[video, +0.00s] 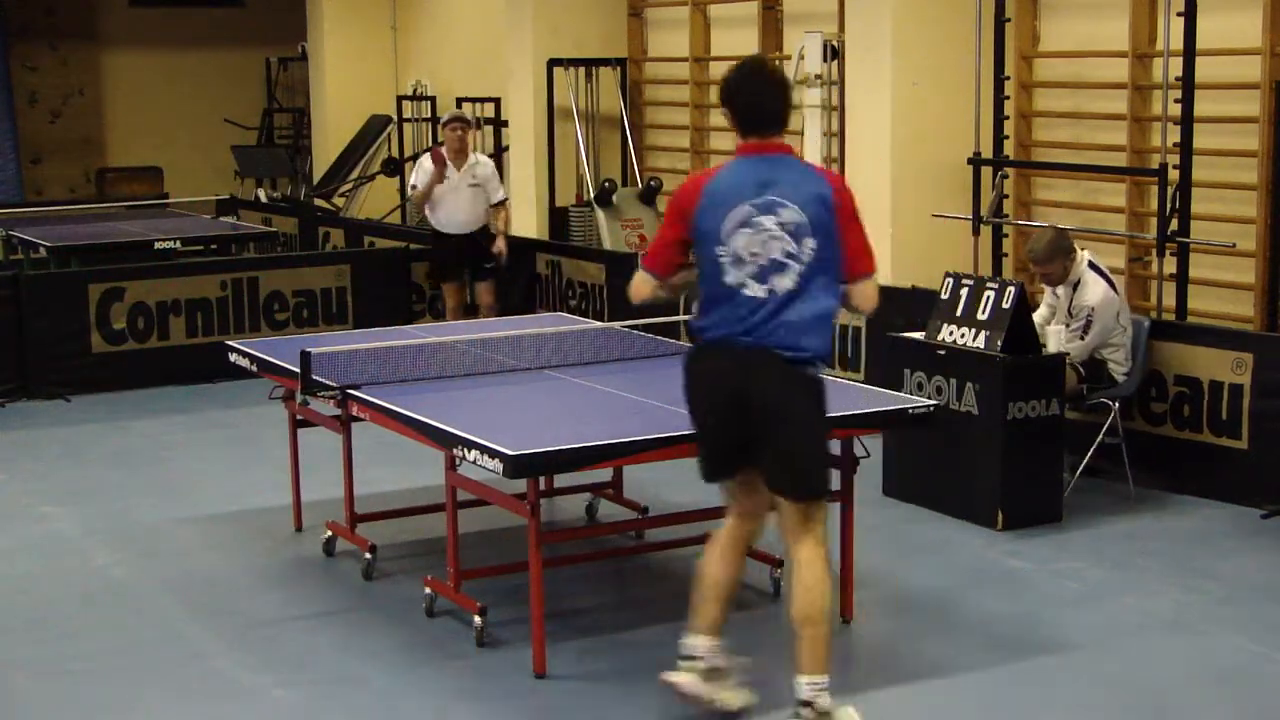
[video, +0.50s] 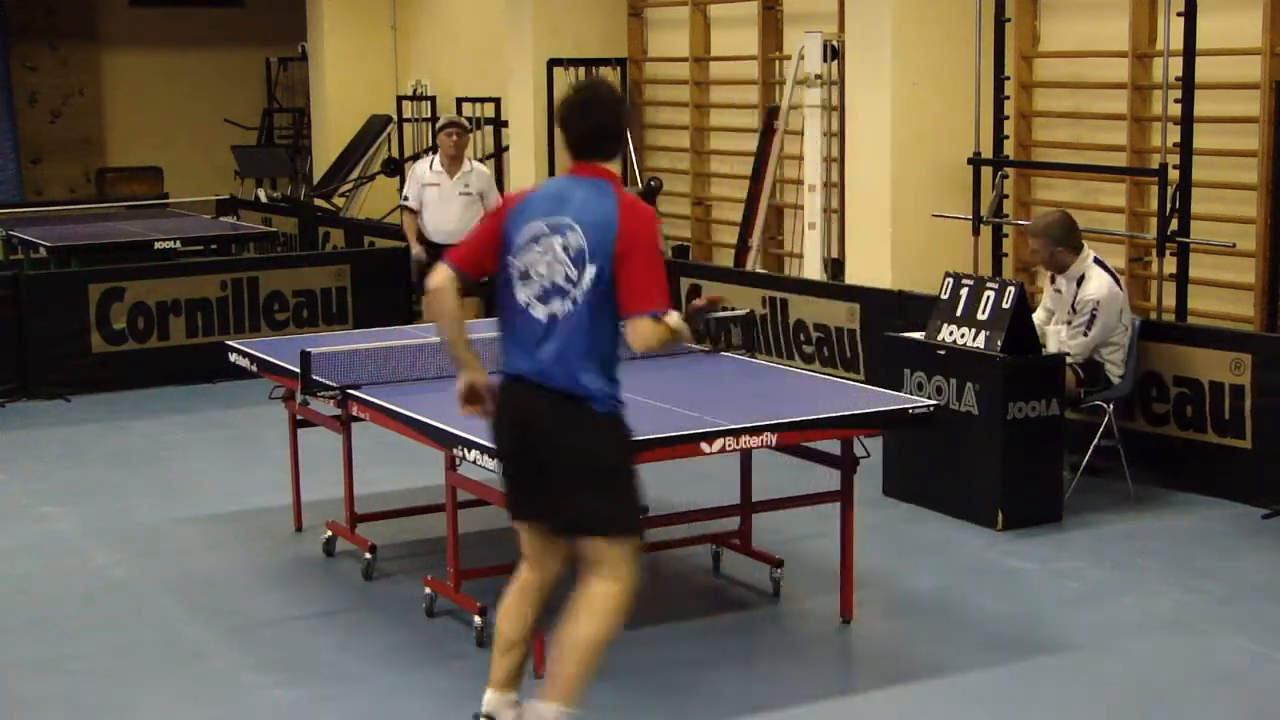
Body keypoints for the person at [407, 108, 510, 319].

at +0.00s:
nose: (459, 134)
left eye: (464, 129)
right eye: (454, 130)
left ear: (470, 134)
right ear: (444, 134)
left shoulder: (484, 164)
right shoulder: (427, 162)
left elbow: (499, 204)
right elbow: (417, 202)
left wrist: (500, 236)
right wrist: (434, 179)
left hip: (479, 239)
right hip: (445, 241)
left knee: (487, 303)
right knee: (453, 305)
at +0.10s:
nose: (456, 135)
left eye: (461, 131)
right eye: (450, 131)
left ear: (468, 136)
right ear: (440, 137)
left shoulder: (481, 167)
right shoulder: (425, 165)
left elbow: (500, 206)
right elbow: (414, 204)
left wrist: (509, 244)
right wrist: (429, 183)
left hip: (476, 241)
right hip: (441, 243)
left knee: (480, 302)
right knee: (452, 307)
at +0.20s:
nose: (454, 139)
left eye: (459, 134)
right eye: (448, 134)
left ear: (467, 139)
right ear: (438, 140)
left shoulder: (480, 172)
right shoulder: (422, 170)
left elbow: (499, 211)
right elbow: (412, 211)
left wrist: (512, 248)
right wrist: (432, 192)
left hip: (475, 246)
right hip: (440, 248)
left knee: (476, 306)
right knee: (451, 310)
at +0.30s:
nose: (454, 143)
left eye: (459, 138)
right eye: (448, 138)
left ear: (466, 143)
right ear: (437, 142)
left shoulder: (481, 175)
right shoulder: (422, 173)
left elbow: (499, 213)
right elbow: (411, 215)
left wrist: (512, 247)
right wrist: (432, 212)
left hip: (472, 250)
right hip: (438, 252)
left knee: (472, 310)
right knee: (448, 313)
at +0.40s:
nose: (455, 142)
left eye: (460, 137)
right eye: (449, 137)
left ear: (468, 142)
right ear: (439, 142)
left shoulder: (481, 175)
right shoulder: (422, 171)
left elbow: (499, 213)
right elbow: (410, 208)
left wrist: (510, 244)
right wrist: (424, 230)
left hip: (472, 251)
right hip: (436, 252)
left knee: (474, 310)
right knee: (440, 312)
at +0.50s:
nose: (454, 139)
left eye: (460, 135)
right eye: (448, 135)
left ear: (467, 140)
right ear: (438, 139)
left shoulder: (482, 173)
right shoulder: (420, 170)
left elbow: (496, 213)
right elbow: (409, 210)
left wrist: (489, 245)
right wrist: (414, 244)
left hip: (468, 250)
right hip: (430, 250)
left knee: (470, 309)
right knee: (430, 308)